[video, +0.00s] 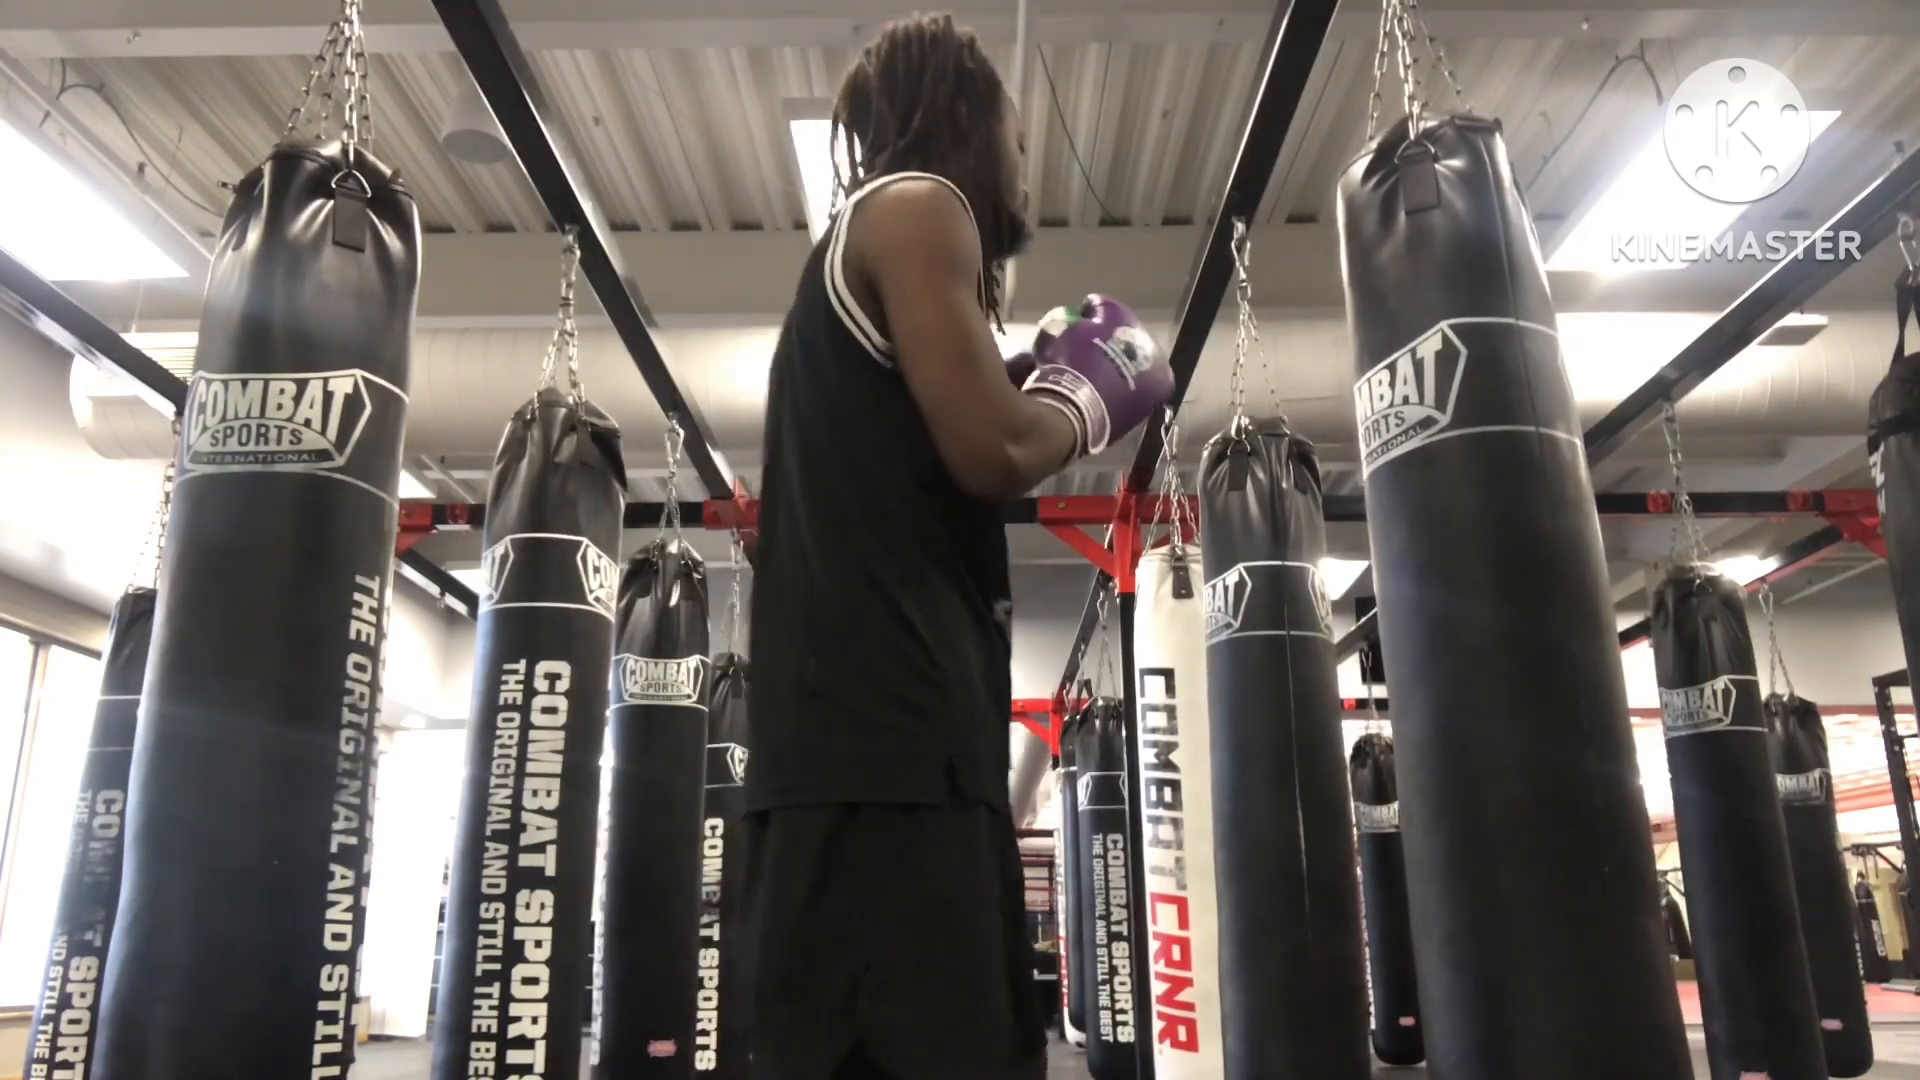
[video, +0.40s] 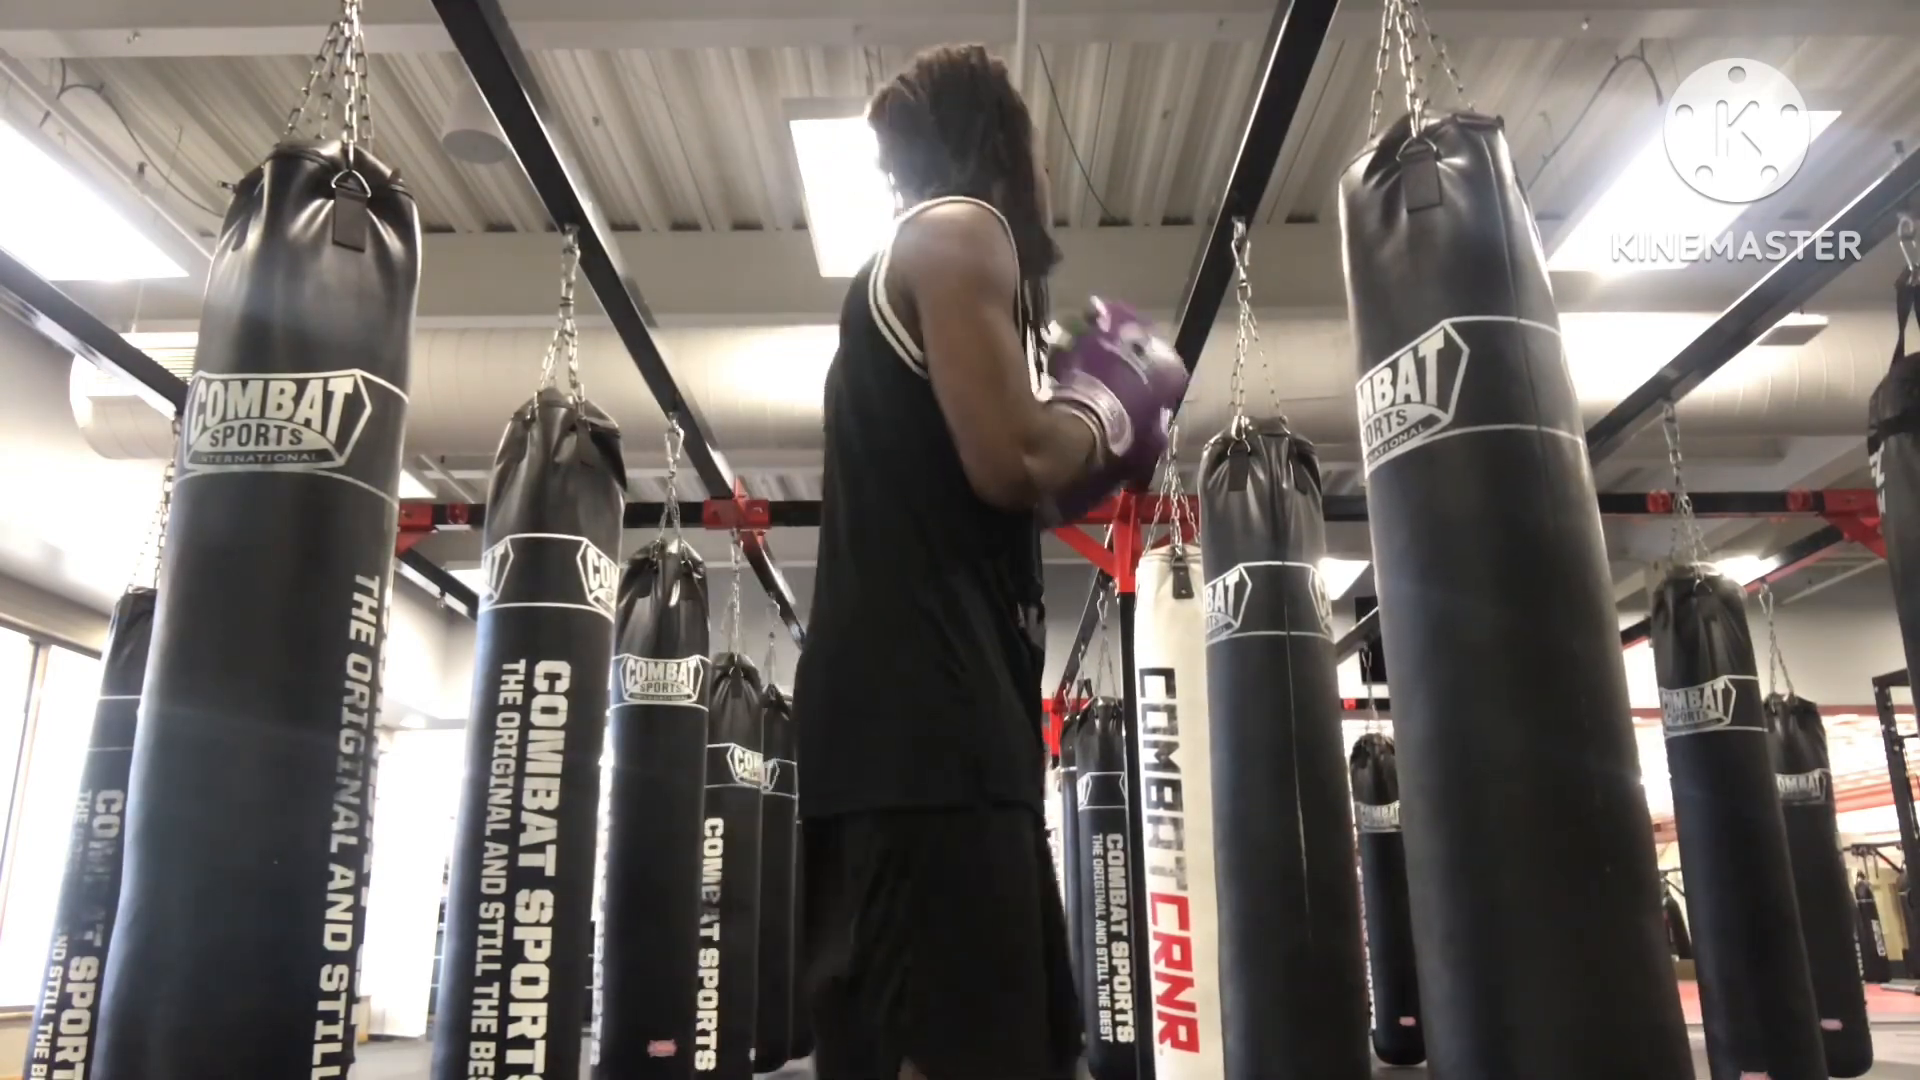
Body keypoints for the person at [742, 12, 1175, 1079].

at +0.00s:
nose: (1014, 141)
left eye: (1009, 117)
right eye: (1003, 115)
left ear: (882, 116)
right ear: (966, 113)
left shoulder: (857, 237)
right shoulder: (914, 207)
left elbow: (939, 443)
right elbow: (995, 453)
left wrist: (1041, 379)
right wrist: (1088, 401)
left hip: (842, 754)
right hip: (893, 758)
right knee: (928, 1039)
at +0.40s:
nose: (1043, 169)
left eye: (885, 148)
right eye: (1034, 145)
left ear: (913, 147)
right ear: (1004, 138)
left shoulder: (908, 261)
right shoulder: (956, 232)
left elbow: (999, 491)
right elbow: (1011, 460)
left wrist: (1111, 451)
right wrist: (1109, 399)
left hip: (894, 732)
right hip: (935, 735)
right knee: (978, 1038)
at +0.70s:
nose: (1047, 163)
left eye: (1042, 145)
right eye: (1041, 141)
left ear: (904, 157)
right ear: (1019, 140)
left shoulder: (862, 313)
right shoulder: (988, 229)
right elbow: (1105, 467)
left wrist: (1084, 372)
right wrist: (1156, 378)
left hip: (855, 764)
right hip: (945, 765)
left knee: (1059, 1035)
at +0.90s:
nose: (1076, 210)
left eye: (1070, 182)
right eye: (1068, 180)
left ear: (946, 184)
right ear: (1030, 181)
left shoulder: (929, 312)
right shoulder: (997, 279)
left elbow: (1088, 481)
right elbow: (1138, 485)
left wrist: (1199, 424)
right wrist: (1255, 442)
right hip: (933, 779)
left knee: (1124, 1031)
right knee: (980, 1055)